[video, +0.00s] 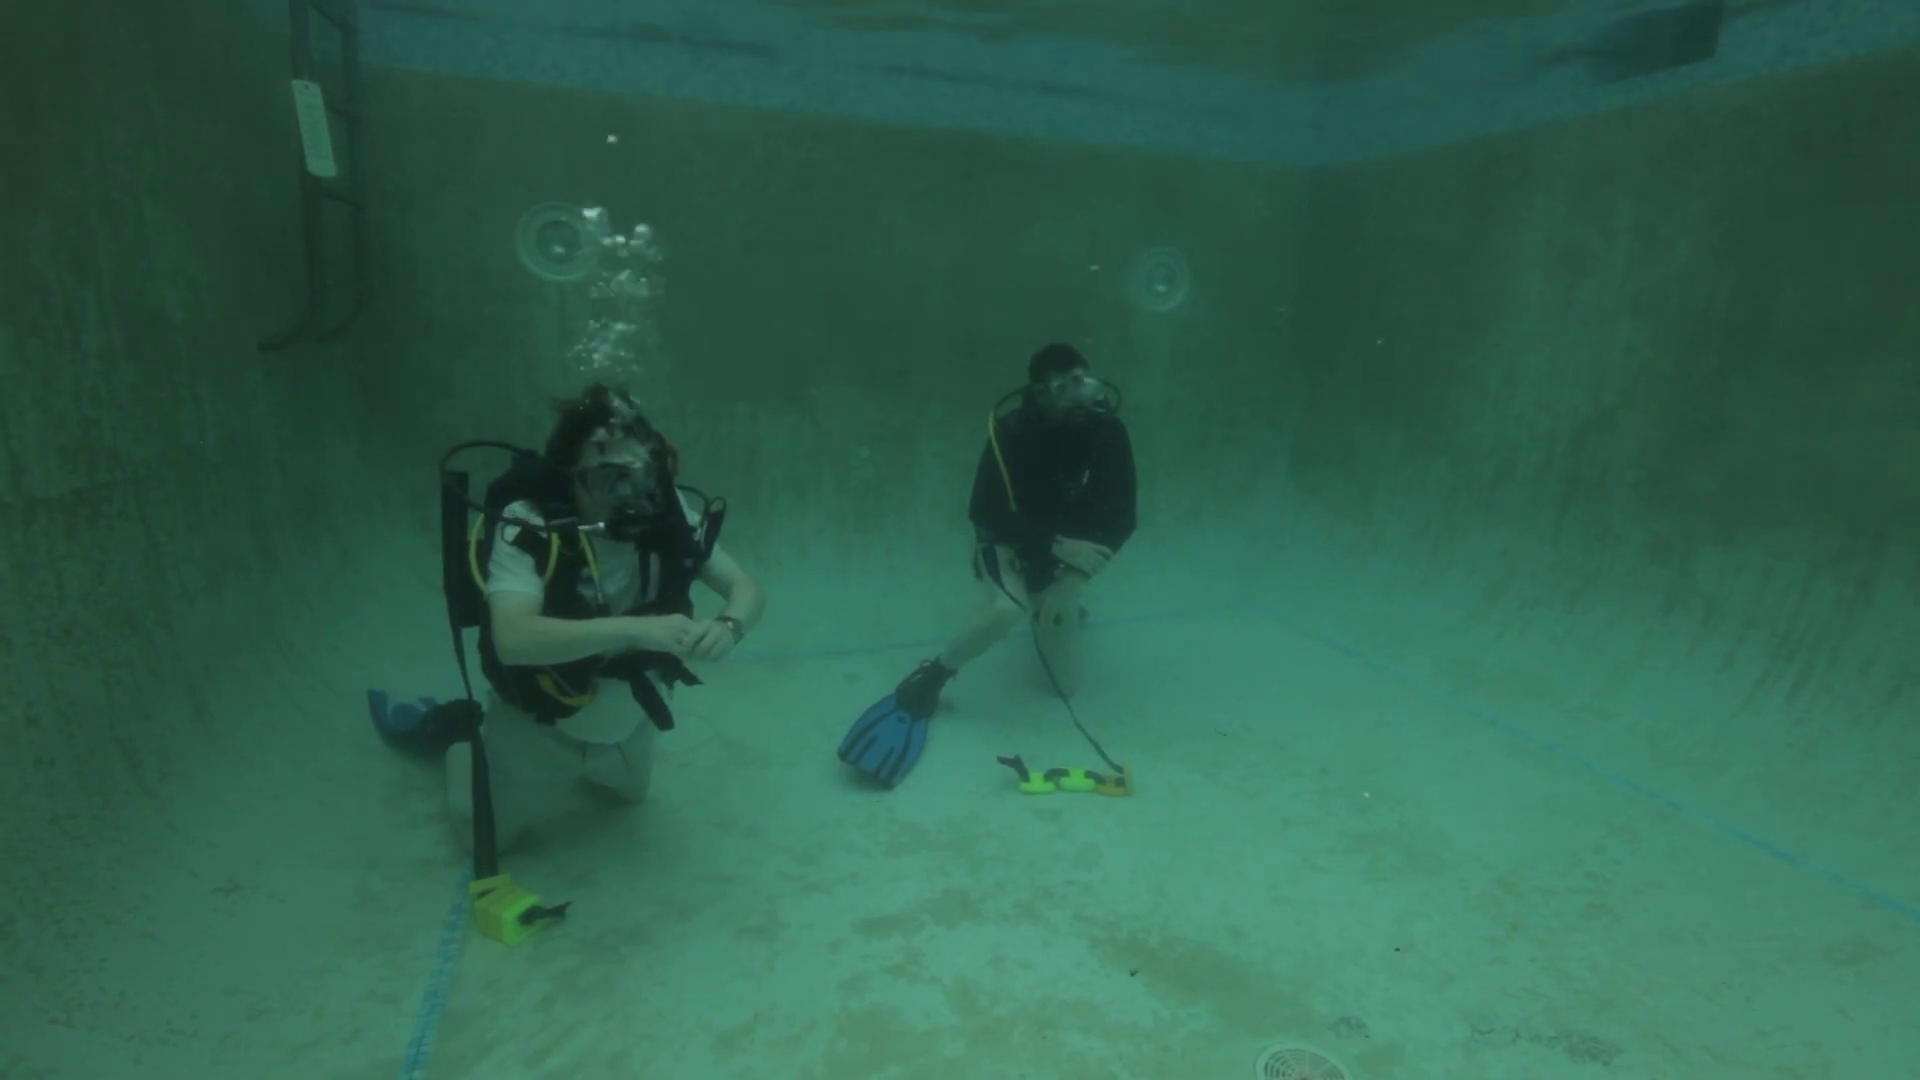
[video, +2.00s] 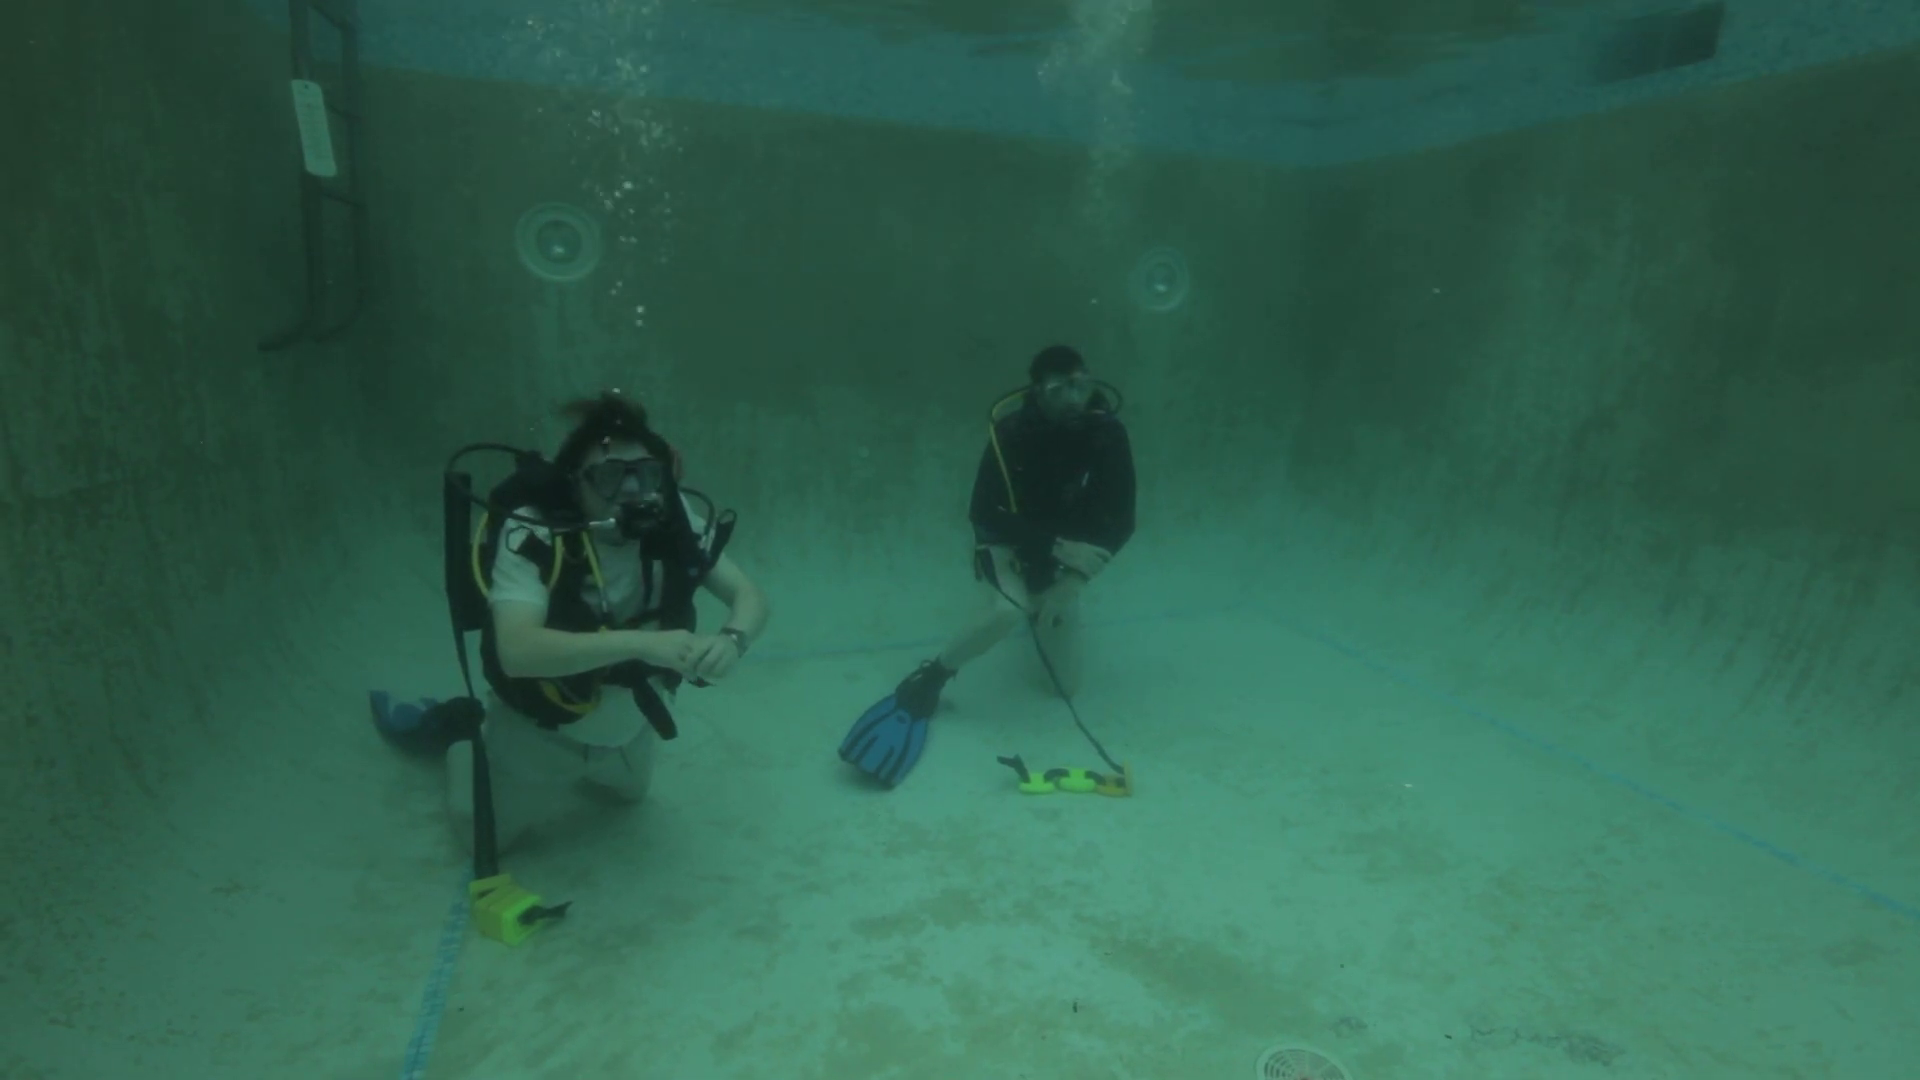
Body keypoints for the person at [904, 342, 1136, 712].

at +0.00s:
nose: (1080, 393)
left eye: (1082, 381)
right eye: (1066, 385)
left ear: (1090, 380)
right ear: (1041, 393)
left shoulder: (1107, 431)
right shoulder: (1012, 430)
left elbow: (1121, 517)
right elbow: (986, 510)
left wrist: (1073, 581)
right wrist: (1050, 545)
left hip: (1072, 549)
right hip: (1011, 541)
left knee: (1066, 682)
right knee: (1008, 609)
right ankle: (933, 675)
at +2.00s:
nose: (1074, 397)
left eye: (1079, 385)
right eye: (1062, 388)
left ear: (1089, 385)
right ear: (1039, 392)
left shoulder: (1106, 431)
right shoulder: (1014, 431)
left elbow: (1120, 518)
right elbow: (987, 513)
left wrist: (1069, 585)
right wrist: (1058, 546)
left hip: (1067, 552)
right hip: (1009, 544)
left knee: (1067, 681)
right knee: (1009, 611)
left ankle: (1048, 609)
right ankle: (930, 679)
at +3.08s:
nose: (1066, 397)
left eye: (1072, 385)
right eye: (1055, 387)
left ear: (1082, 386)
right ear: (1031, 388)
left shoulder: (1100, 430)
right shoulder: (1006, 428)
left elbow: (1115, 516)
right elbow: (985, 513)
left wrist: (1068, 582)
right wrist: (1055, 544)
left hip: (1067, 549)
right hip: (1006, 543)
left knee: (1066, 679)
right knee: (1008, 610)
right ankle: (928, 680)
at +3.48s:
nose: (1061, 398)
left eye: (1069, 386)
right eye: (1050, 388)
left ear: (1080, 386)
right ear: (1028, 390)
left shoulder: (1097, 429)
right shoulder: (1003, 427)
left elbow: (1114, 512)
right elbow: (983, 515)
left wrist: (1068, 579)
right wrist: (1056, 545)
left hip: (1063, 549)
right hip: (1004, 542)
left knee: (1066, 681)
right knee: (1007, 610)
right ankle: (929, 679)